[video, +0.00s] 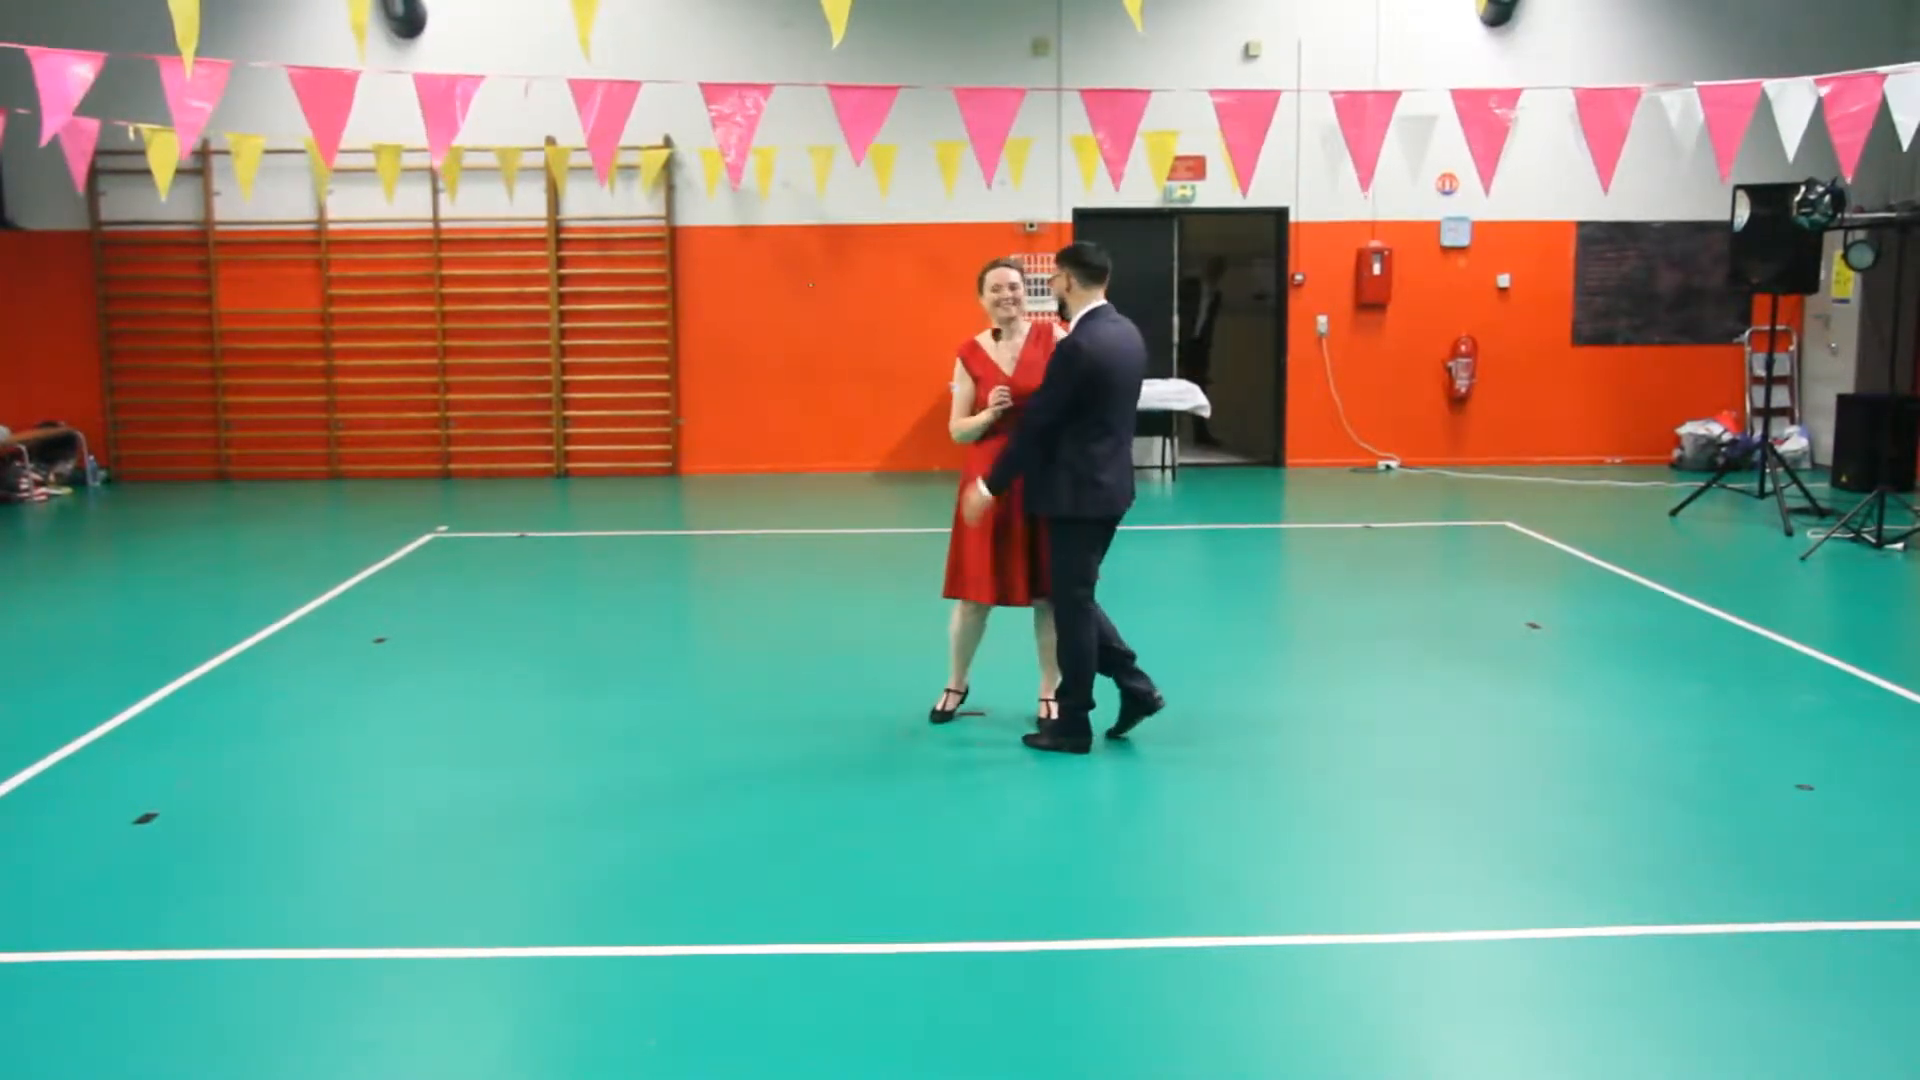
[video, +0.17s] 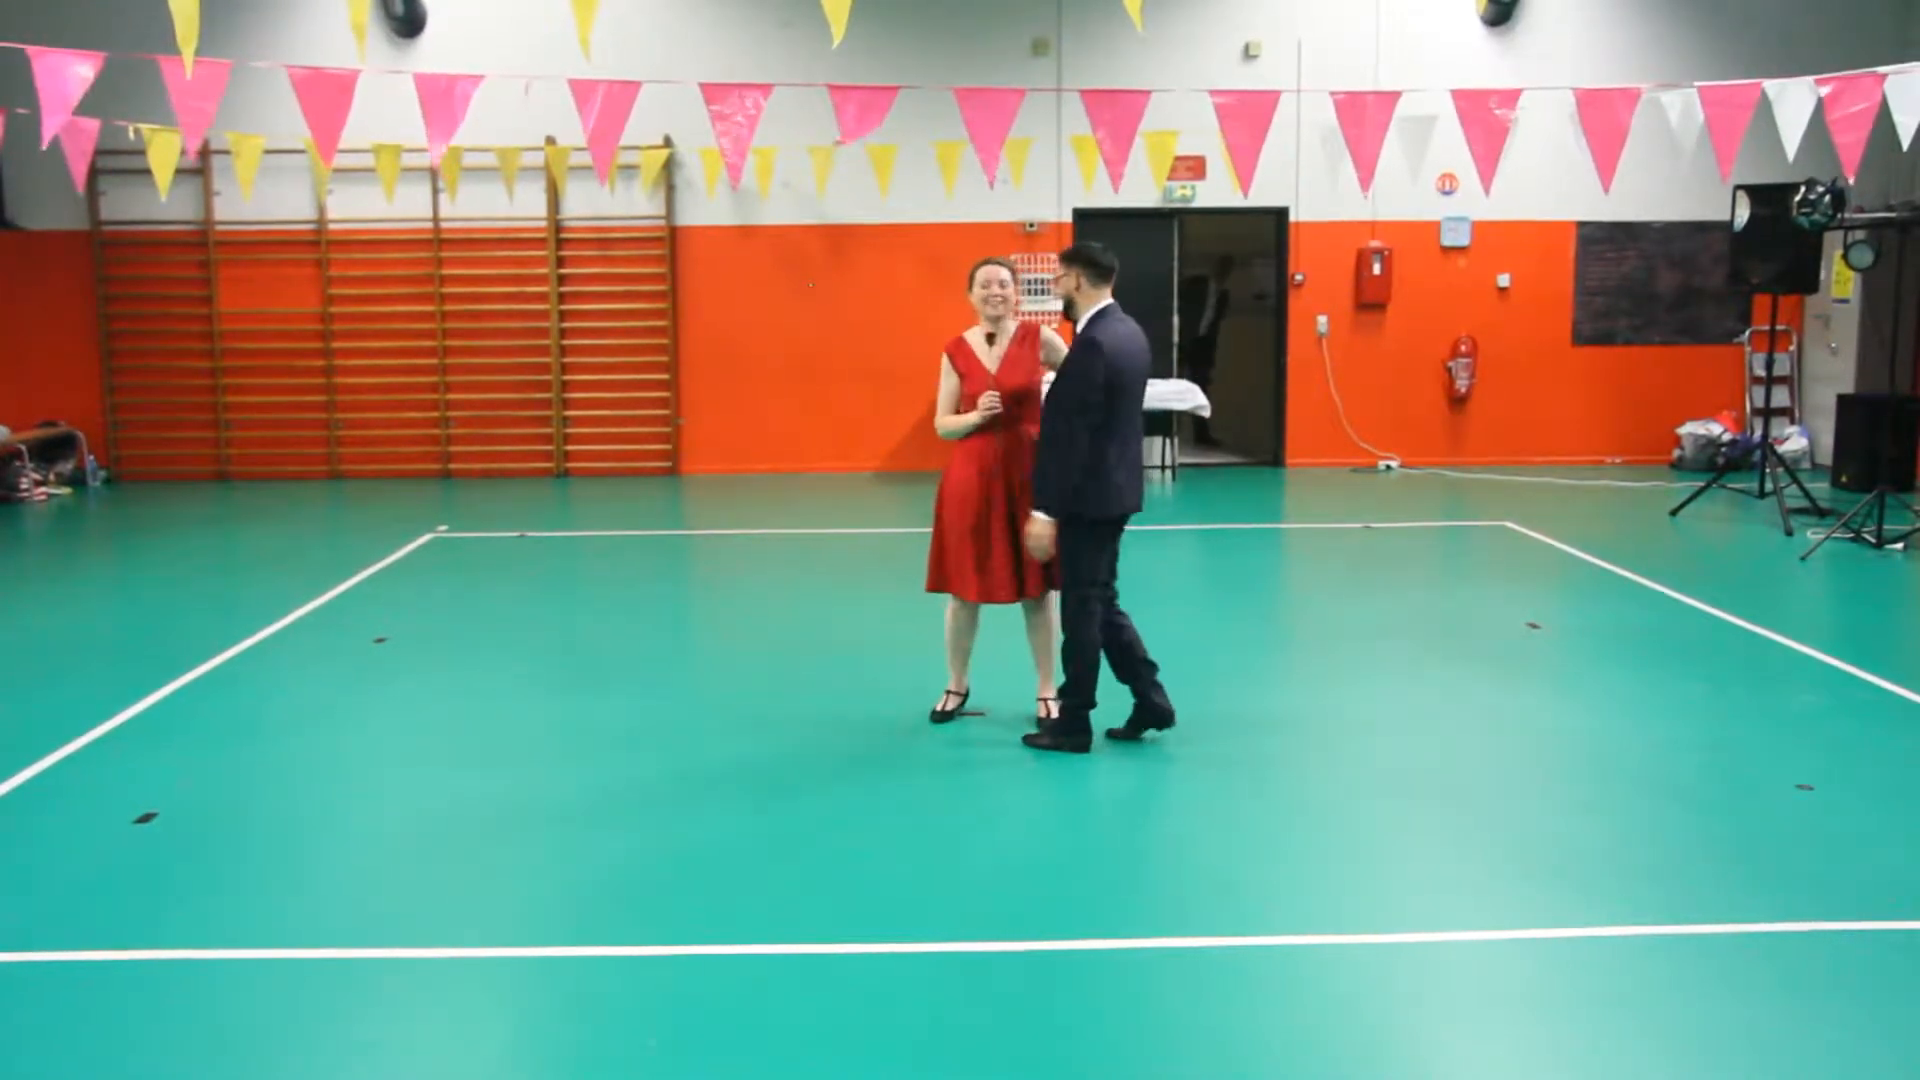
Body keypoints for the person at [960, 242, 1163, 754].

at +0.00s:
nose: (1051, 286)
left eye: (1054, 277)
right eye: (1053, 277)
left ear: (1068, 282)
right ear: (1103, 281)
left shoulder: (1079, 345)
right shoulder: (1127, 335)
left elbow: (1038, 419)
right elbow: (1100, 412)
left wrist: (993, 480)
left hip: (1075, 493)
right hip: (1108, 486)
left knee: (1072, 601)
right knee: (1072, 595)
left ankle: (1070, 724)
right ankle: (1136, 688)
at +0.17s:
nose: (1055, 284)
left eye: (1059, 275)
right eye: (1057, 275)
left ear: (1076, 279)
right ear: (1107, 280)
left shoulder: (1090, 345)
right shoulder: (1130, 333)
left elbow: (1064, 433)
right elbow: (1111, 410)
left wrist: (1044, 509)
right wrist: (1062, 366)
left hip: (1087, 497)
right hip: (1115, 492)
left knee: (1081, 607)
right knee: (1099, 603)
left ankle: (1072, 723)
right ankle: (1151, 700)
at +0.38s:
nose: (1062, 284)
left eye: (1068, 275)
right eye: (1064, 275)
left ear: (1090, 279)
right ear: (1097, 279)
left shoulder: (1122, 339)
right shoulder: (1101, 330)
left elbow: (1129, 428)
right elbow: (1094, 406)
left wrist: (1118, 503)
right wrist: (1055, 425)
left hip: (1107, 498)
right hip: (1101, 493)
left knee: (1084, 609)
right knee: (1124, 603)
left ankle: (1073, 722)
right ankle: (1159, 709)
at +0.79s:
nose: (1079, 294)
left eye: (1085, 283)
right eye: (1079, 285)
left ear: (1116, 283)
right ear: (1108, 286)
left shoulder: (1162, 336)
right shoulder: (1110, 338)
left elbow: (1185, 422)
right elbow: (1101, 421)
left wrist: (1181, 500)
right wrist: (1060, 472)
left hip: (1157, 494)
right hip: (1130, 491)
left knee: (1149, 609)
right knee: (1153, 607)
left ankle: (1143, 728)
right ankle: (1161, 713)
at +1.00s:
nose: (1094, 293)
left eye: (1101, 284)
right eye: (1094, 285)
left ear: (1133, 282)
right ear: (1123, 286)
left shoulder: (1182, 337)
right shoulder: (1124, 341)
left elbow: (1201, 422)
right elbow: (1110, 414)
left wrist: (1191, 497)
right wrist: (1077, 475)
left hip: (1178, 492)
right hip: (1138, 490)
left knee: (1183, 606)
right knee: (1157, 608)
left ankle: (1227, 721)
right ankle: (1161, 715)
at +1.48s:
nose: (1172, 289)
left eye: (1183, 279)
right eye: (1165, 281)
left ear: (1209, 282)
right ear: (1159, 288)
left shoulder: (1241, 338)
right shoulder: (1159, 341)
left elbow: (1261, 420)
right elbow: (1145, 411)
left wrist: (1242, 493)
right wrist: (1103, 461)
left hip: (1230, 491)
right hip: (1175, 490)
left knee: (1247, 607)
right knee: (1175, 609)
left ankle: (1267, 713)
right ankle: (1164, 712)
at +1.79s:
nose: (1235, 290)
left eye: (1244, 281)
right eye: (1225, 282)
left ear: (1261, 284)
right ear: (1211, 287)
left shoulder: (1288, 341)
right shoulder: (1199, 340)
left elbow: (1315, 420)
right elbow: (1172, 404)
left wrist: (1324, 501)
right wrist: (1117, 449)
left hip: (1271, 492)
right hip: (1213, 490)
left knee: (1281, 613)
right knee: (1189, 602)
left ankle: (1271, 716)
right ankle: (1168, 714)